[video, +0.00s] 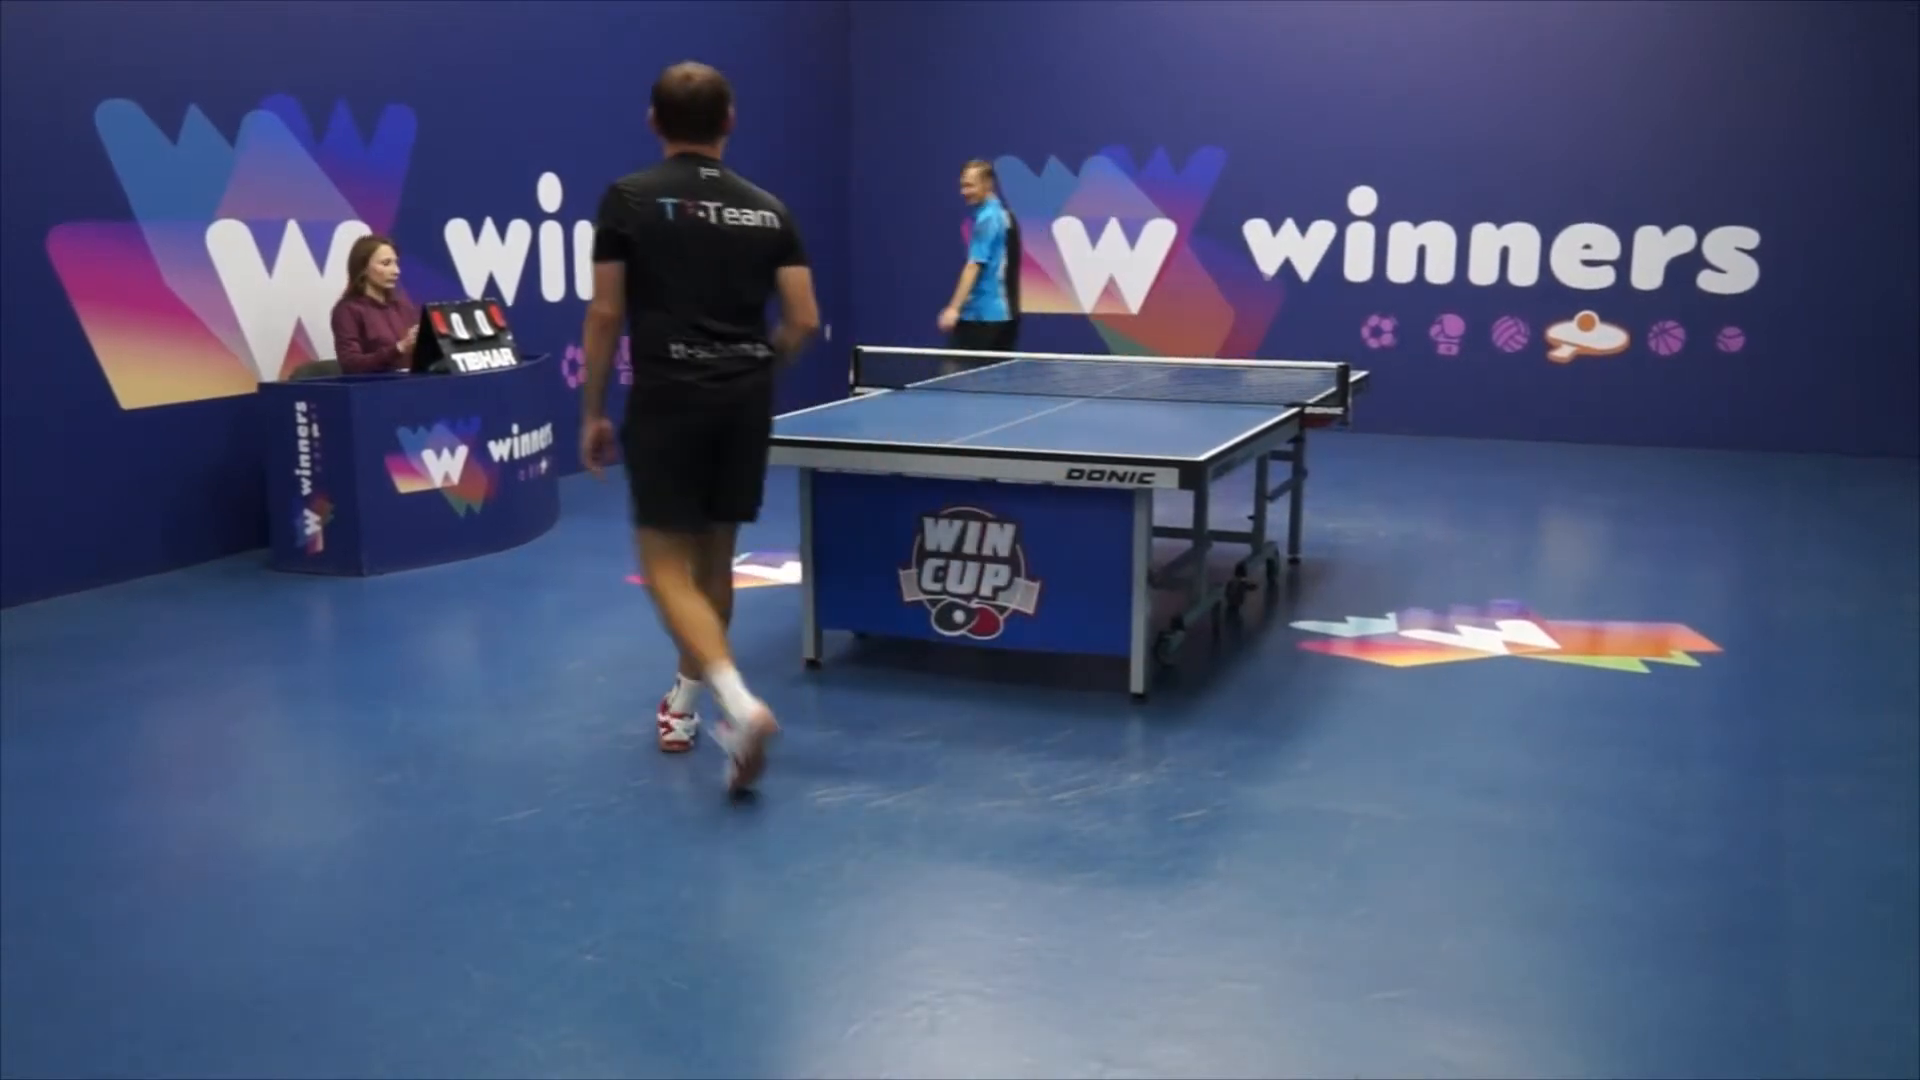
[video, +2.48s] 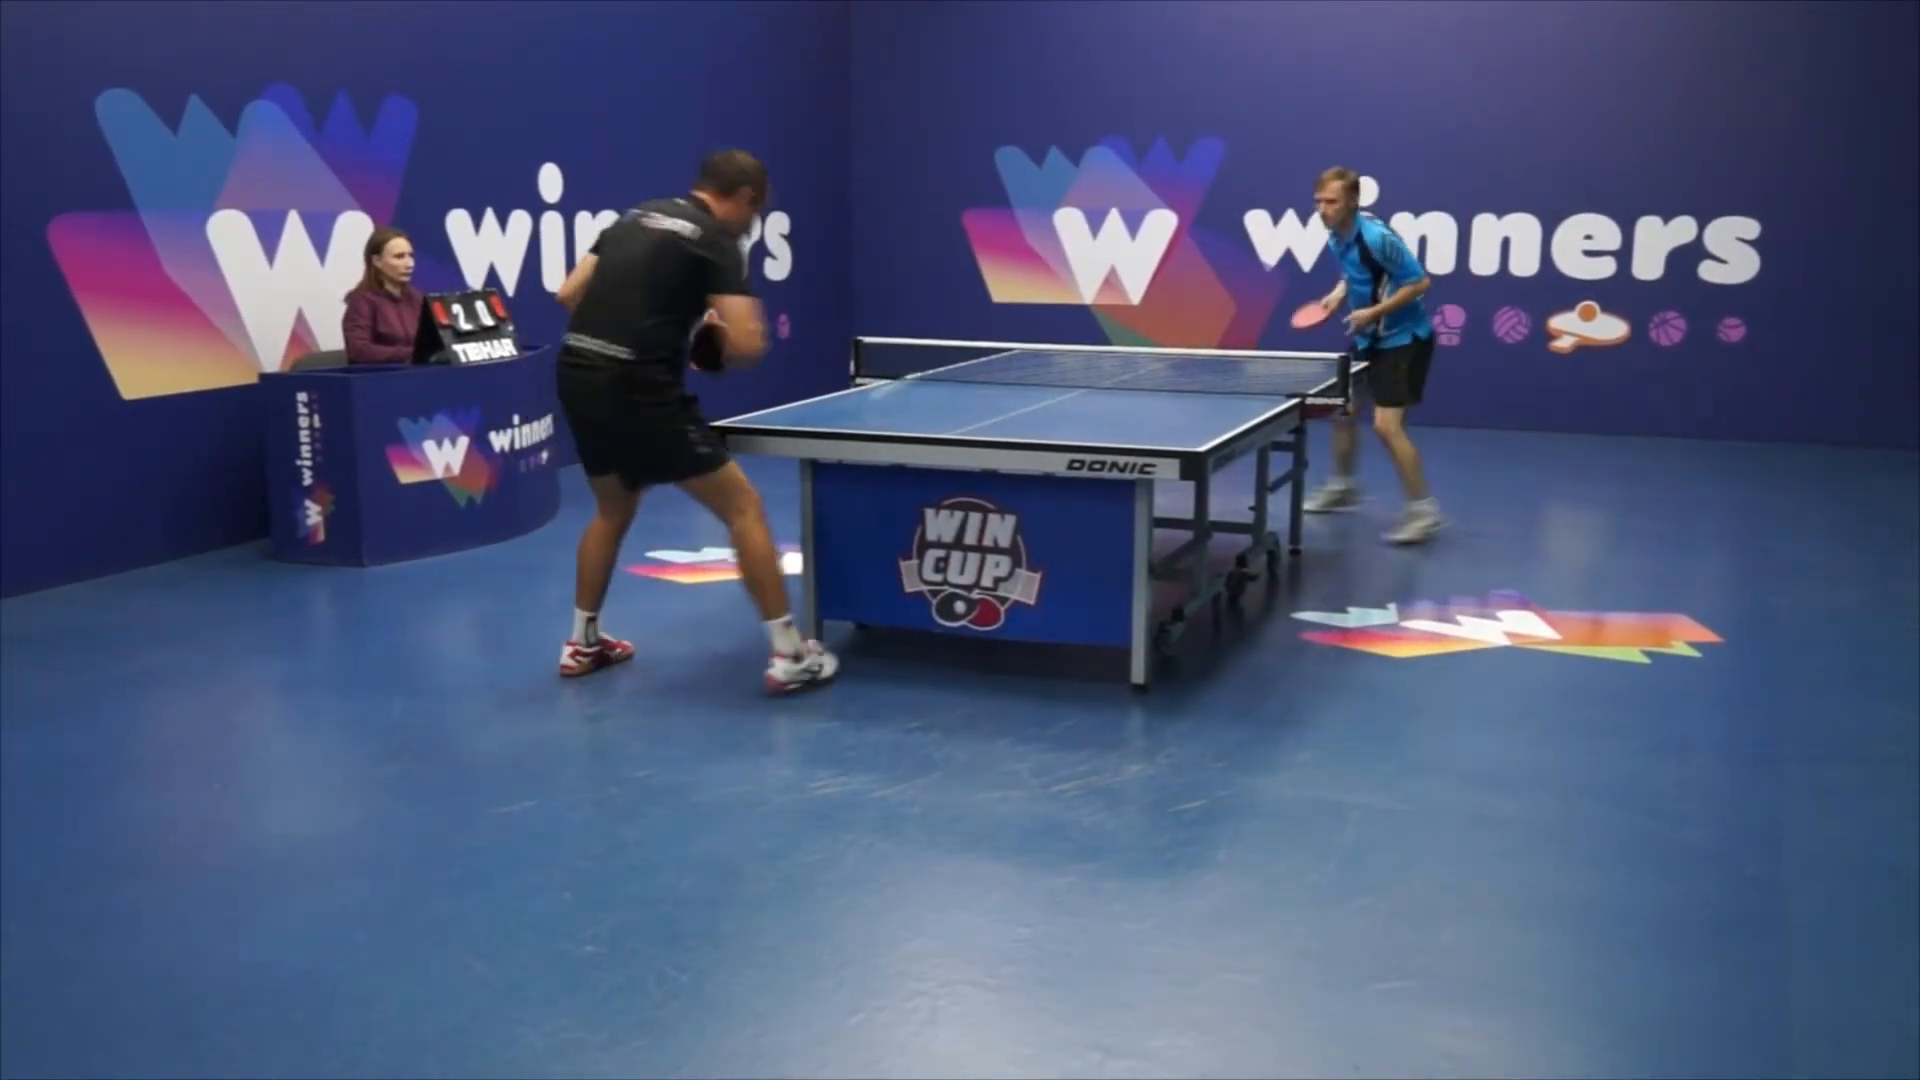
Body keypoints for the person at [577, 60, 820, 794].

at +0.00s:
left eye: (661, 115)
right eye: (726, 116)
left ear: (656, 124)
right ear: (729, 125)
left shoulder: (628, 200)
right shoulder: (765, 208)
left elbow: (605, 313)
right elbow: (802, 320)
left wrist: (594, 410)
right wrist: (761, 365)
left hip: (665, 403)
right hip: (744, 402)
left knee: (667, 567)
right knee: (716, 562)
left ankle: (740, 708)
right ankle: (685, 707)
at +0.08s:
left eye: (648, 112)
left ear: (646, 120)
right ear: (718, 120)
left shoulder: (621, 195)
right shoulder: (757, 205)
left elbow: (594, 305)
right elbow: (790, 315)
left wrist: (573, 406)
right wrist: (742, 343)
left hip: (653, 399)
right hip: (732, 399)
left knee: (636, 558)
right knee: (710, 554)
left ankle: (707, 678)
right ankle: (684, 704)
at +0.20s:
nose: (695, 231)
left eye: (697, 220)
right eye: (695, 219)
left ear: (635, 208)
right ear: (676, 215)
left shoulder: (594, 241)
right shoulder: (650, 276)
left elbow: (504, 301)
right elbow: (654, 392)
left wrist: (551, 351)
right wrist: (709, 390)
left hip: (491, 394)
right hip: (527, 406)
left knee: (545, 533)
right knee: (584, 562)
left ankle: (547, 656)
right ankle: (583, 742)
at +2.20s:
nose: (711, 188)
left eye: (710, 175)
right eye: (708, 176)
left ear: (649, 175)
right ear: (683, 177)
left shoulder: (595, 221)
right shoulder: (665, 243)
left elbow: (541, 305)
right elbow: (664, 347)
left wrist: (600, 343)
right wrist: (735, 359)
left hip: (561, 388)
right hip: (614, 396)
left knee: (618, 509)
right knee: (683, 541)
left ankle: (585, 641)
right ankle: (637, 679)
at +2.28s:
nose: (720, 194)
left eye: (720, 181)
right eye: (716, 181)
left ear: (665, 175)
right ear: (691, 178)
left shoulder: (610, 217)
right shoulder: (670, 237)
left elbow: (552, 298)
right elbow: (671, 341)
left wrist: (627, 334)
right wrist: (739, 356)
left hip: (566, 385)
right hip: (616, 391)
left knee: (624, 505)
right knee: (713, 521)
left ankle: (585, 637)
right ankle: (669, 667)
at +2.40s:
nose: (736, 211)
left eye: (739, 200)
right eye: (737, 198)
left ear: (685, 179)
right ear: (717, 185)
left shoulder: (628, 214)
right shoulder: (691, 232)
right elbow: (698, 336)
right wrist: (745, 345)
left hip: (570, 375)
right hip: (623, 382)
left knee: (619, 505)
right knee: (729, 506)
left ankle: (584, 642)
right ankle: (750, 659)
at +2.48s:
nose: (751, 224)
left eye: (754, 213)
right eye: (754, 212)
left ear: (702, 184)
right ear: (740, 199)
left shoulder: (635, 218)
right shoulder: (718, 243)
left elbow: (570, 292)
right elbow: (746, 346)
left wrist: (627, 318)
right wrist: (717, 330)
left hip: (578, 372)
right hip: (640, 383)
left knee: (613, 508)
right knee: (742, 508)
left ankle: (583, 640)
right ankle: (789, 650)